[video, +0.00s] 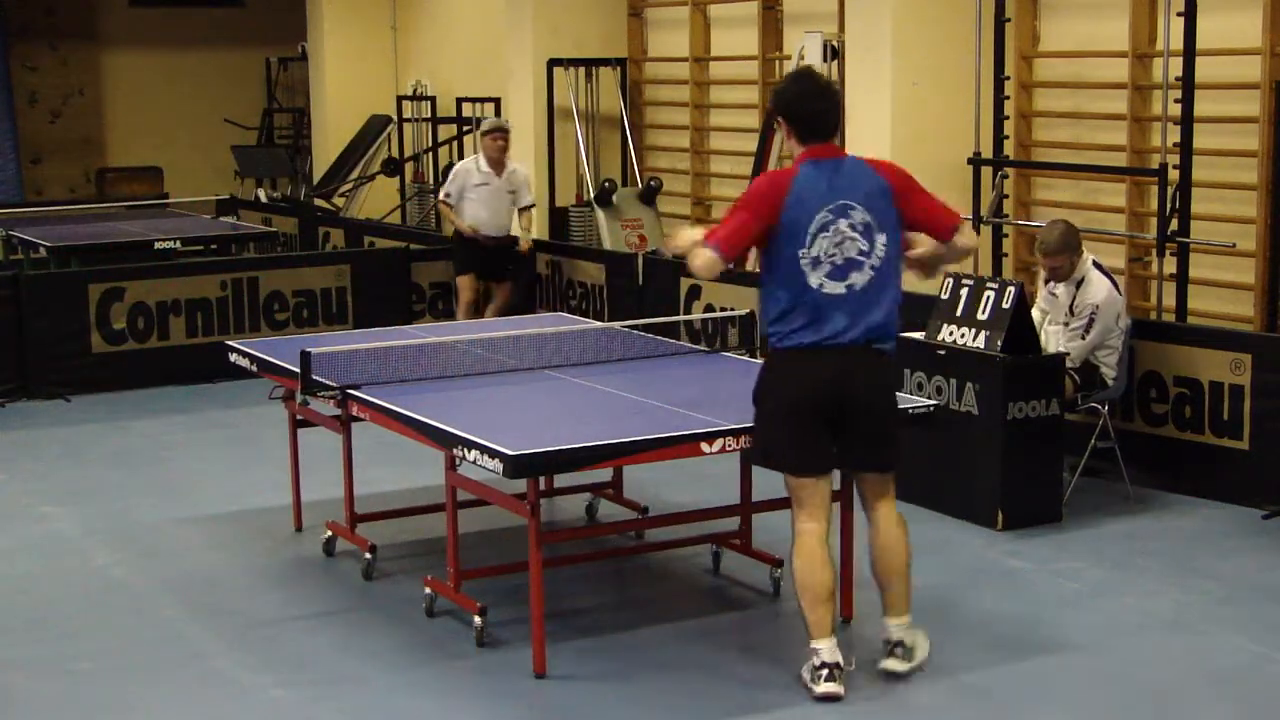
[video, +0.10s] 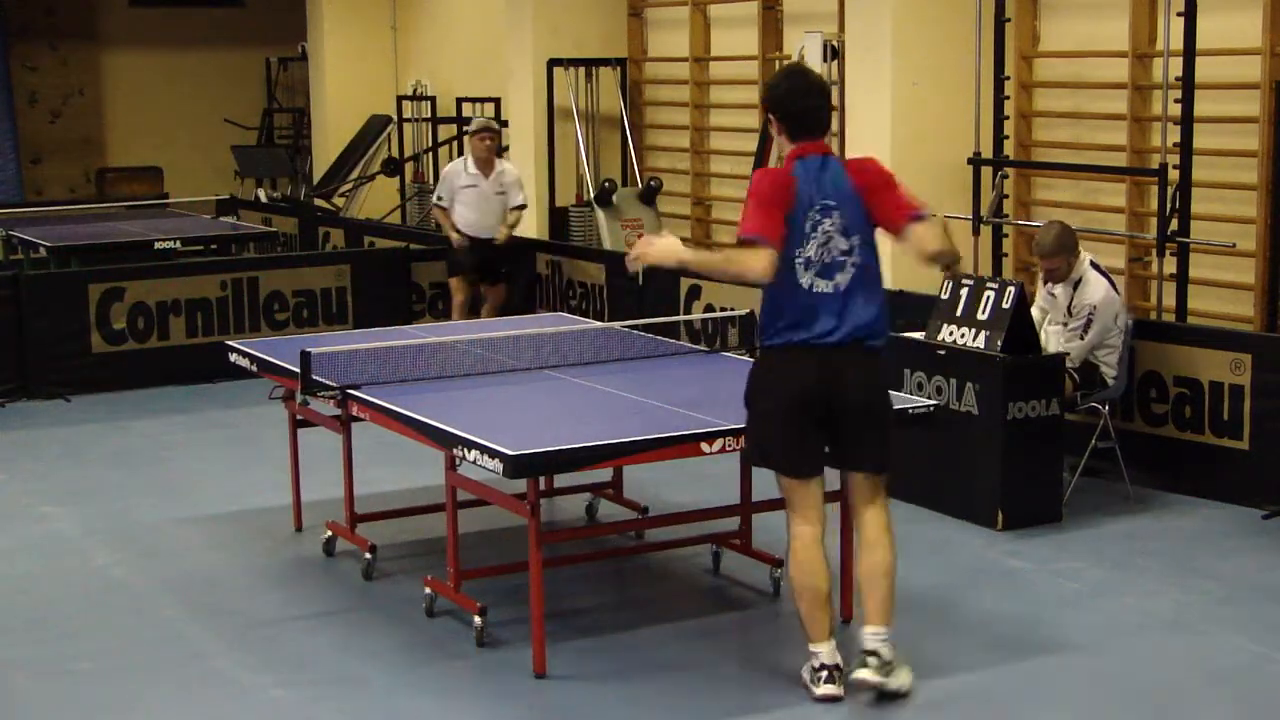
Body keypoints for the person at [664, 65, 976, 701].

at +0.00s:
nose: (777, 131)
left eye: (777, 124)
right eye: (780, 123)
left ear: (785, 128)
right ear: (840, 121)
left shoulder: (774, 189)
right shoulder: (885, 178)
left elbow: (708, 263)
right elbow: (960, 242)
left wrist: (691, 247)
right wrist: (923, 259)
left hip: (797, 375)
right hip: (871, 371)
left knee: (810, 514)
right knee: (881, 500)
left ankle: (825, 656)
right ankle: (899, 638)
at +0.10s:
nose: (765, 125)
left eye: (766, 117)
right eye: (771, 115)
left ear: (775, 123)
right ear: (828, 116)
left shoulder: (772, 183)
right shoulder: (865, 173)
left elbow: (760, 264)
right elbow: (928, 244)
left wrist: (679, 254)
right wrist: (947, 251)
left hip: (789, 369)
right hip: (860, 367)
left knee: (804, 516)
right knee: (870, 504)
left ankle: (824, 662)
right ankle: (877, 650)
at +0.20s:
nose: (758, 131)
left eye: (759, 123)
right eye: (766, 121)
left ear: (767, 131)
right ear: (822, 125)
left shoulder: (758, 197)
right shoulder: (864, 192)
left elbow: (752, 299)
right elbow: (900, 285)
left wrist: (685, 281)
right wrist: (924, 266)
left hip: (780, 382)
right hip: (851, 381)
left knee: (802, 518)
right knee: (851, 520)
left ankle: (822, 659)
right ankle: (849, 653)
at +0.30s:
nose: (758, 139)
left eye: (758, 131)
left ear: (762, 137)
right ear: (821, 134)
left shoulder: (737, 217)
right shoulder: (863, 212)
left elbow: (704, 325)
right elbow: (894, 318)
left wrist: (683, 280)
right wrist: (882, 255)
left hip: (763, 396)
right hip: (837, 396)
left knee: (793, 530)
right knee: (837, 542)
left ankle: (814, 661)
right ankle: (832, 693)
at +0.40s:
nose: (748, 138)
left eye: (748, 130)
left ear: (752, 136)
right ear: (809, 131)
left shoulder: (726, 206)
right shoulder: (850, 203)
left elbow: (664, 298)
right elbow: (886, 309)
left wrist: (683, 277)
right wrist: (844, 272)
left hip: (741, 390)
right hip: (814, 393)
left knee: (769, 517)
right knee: (828, 540)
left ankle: (771, 656)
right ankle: (830, 692)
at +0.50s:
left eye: (734, 109)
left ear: (728, 116)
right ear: (787, 112)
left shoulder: (699, 190)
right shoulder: (827, 188)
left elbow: (642, 289)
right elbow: (865, 298)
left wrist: (694, 274)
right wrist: (811, 270)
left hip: (715, 371)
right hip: (790, 377)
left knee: (744, 510)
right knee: (805, 533)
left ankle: (699, 656)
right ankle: (814, 695)